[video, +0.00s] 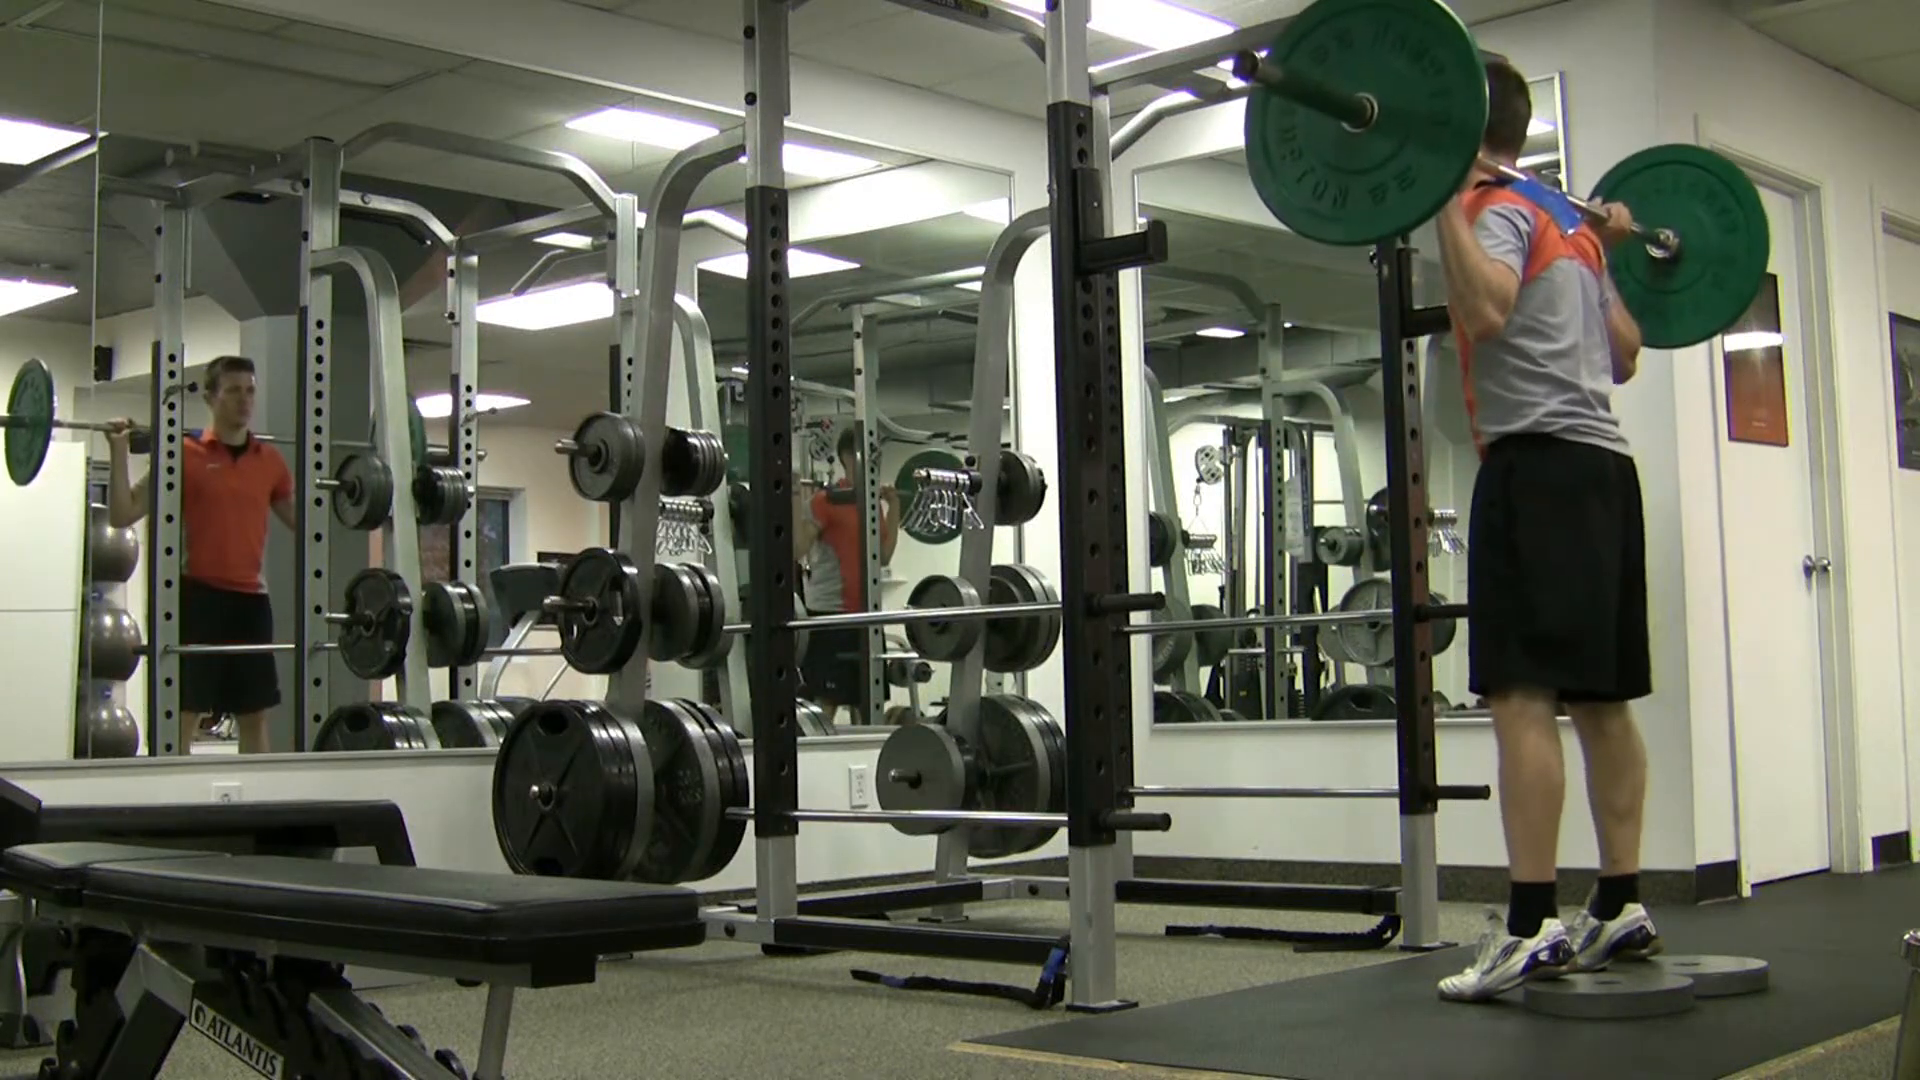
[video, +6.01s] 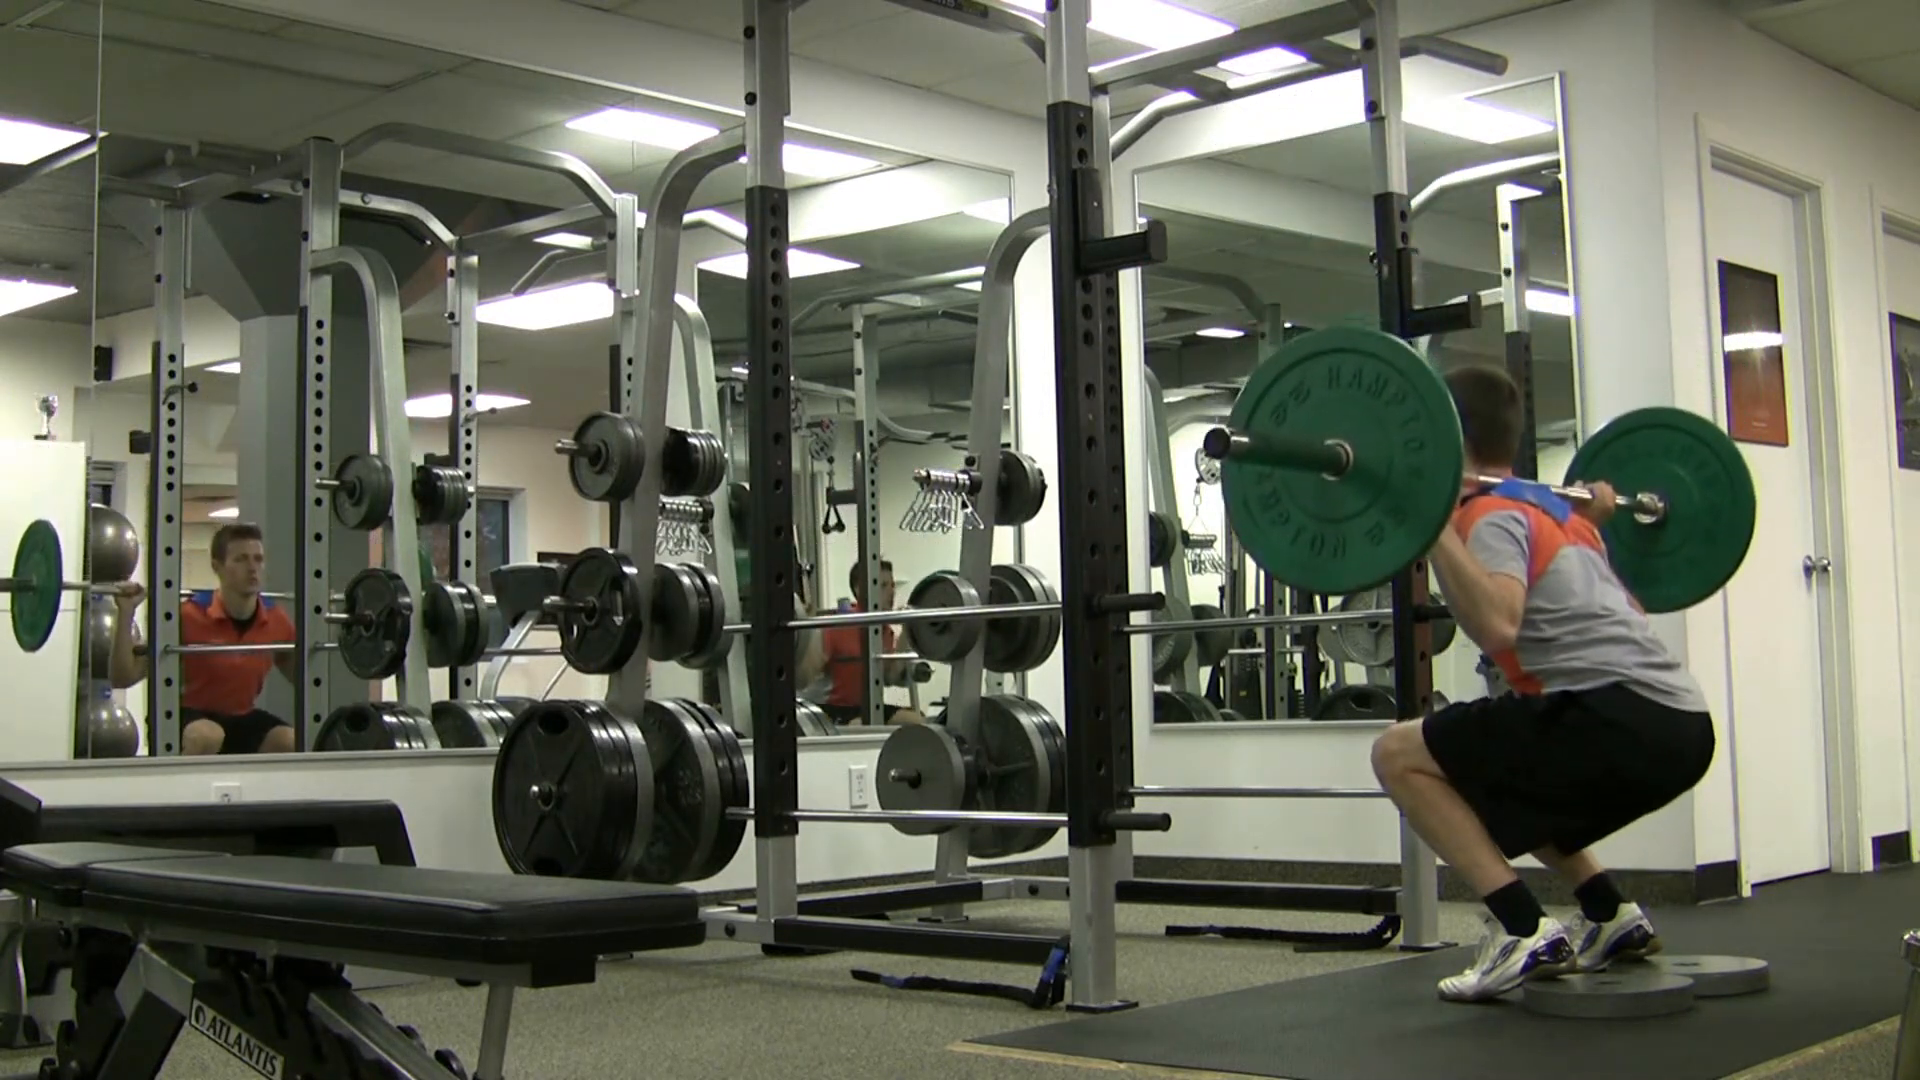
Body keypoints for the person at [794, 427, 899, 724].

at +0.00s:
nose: (866, 464)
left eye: (870, 455)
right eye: (859, 455)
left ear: (874, 458)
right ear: (844, 457)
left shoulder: (870, 503)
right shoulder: (824, 502)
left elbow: (884, 556)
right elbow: (797, 551)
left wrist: (894, 508)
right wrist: (794, 500)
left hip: (866, 610)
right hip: (831, 611)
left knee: (867, 702)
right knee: (827, 699)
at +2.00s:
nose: (890, 590)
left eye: (891, 584)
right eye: (881, 584)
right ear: (858, 586)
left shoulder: (883, 625)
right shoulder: (833, 624)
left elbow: (890, 674)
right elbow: (804, 674)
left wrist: (908, 627)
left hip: (872, 704)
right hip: (836, 705)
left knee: (914, 719)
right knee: (862, 726)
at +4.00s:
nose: (872, 462)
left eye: (876, 454)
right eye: (863, 454)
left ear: (881, 457)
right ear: (848, 457)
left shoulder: (874, 502)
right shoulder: (831, 498)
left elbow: (888, 555)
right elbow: (798, 551)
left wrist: (897, 508)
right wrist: (798, 501)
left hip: (868, 611)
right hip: (833, 611)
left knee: (869, 702)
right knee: (828, 700)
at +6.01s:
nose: (891, 592)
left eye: (892, 585)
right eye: (882, 585)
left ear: (895, 586)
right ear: (859, 589)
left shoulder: (884, 630)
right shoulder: (834, 626)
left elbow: (890, 677)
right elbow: (807, 674)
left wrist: (907, 631)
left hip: (871, 706)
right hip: (836, 708)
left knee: (916, 721)